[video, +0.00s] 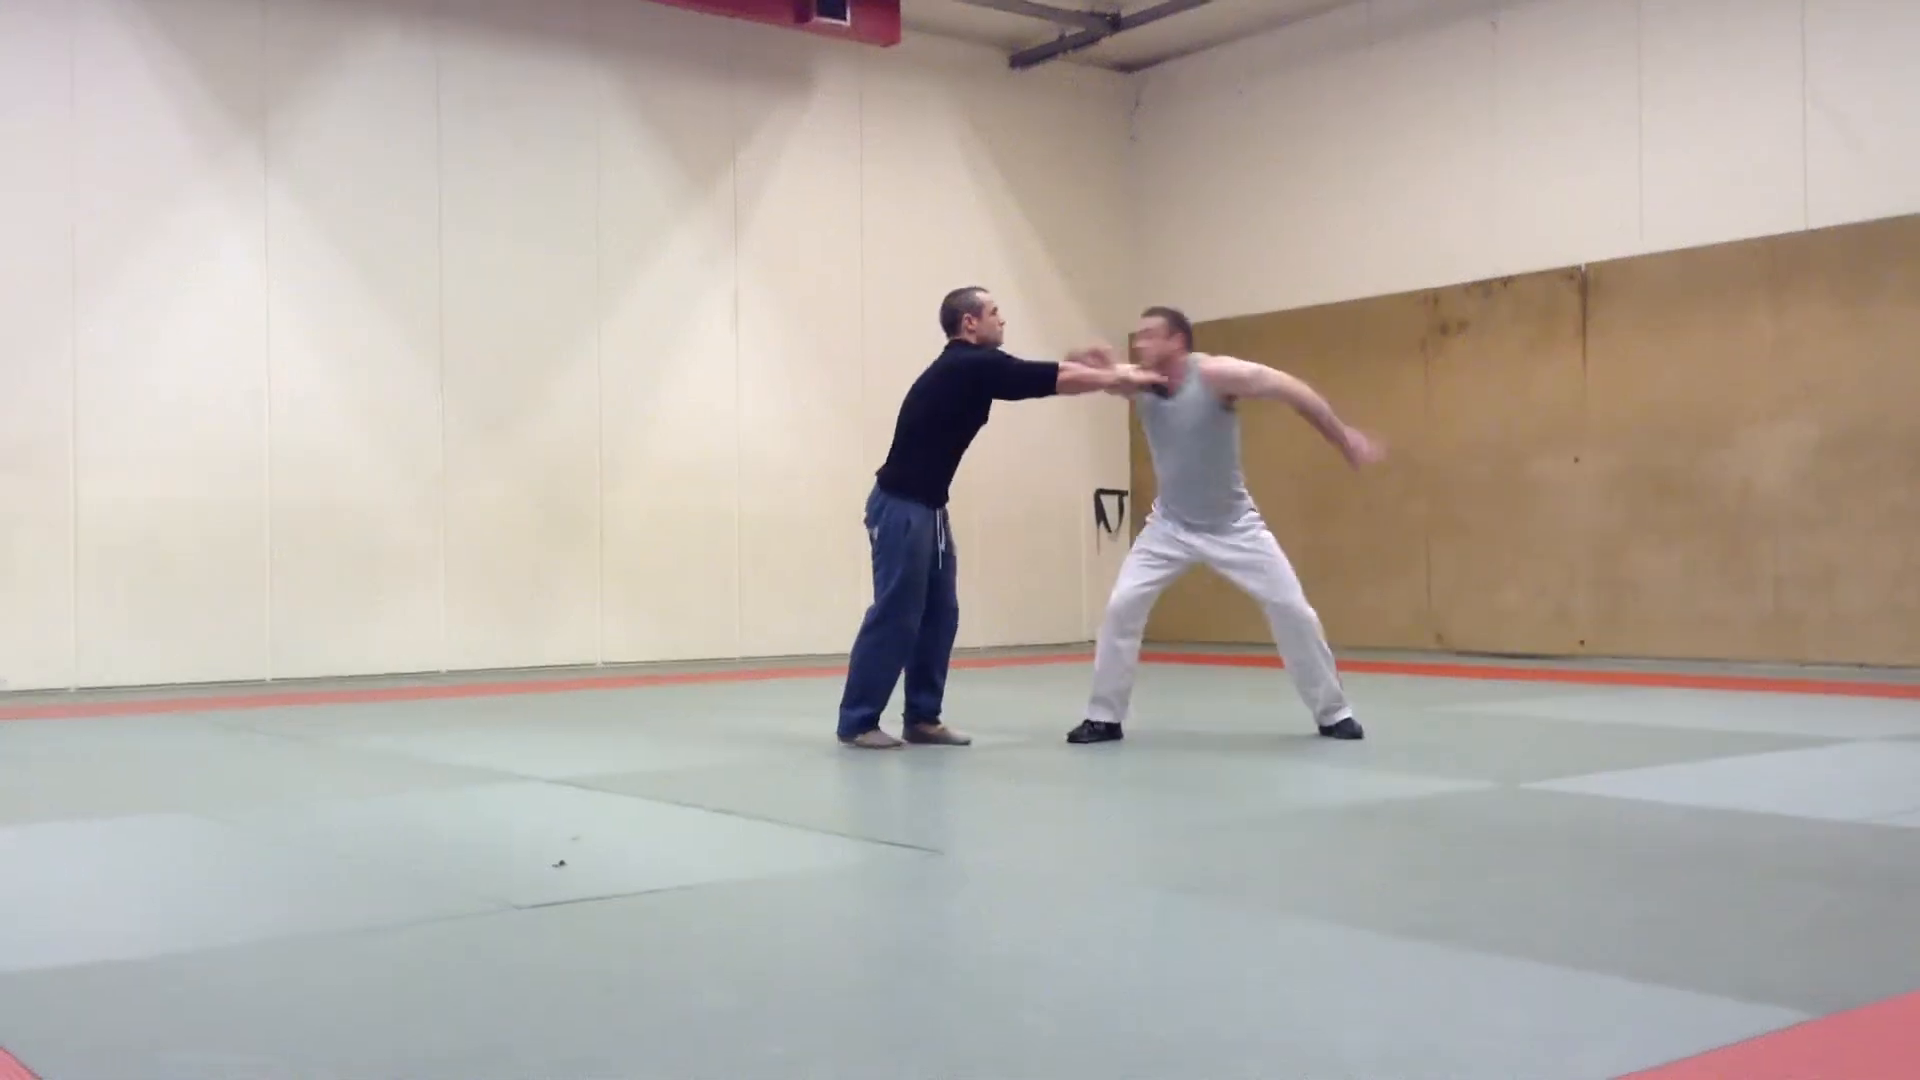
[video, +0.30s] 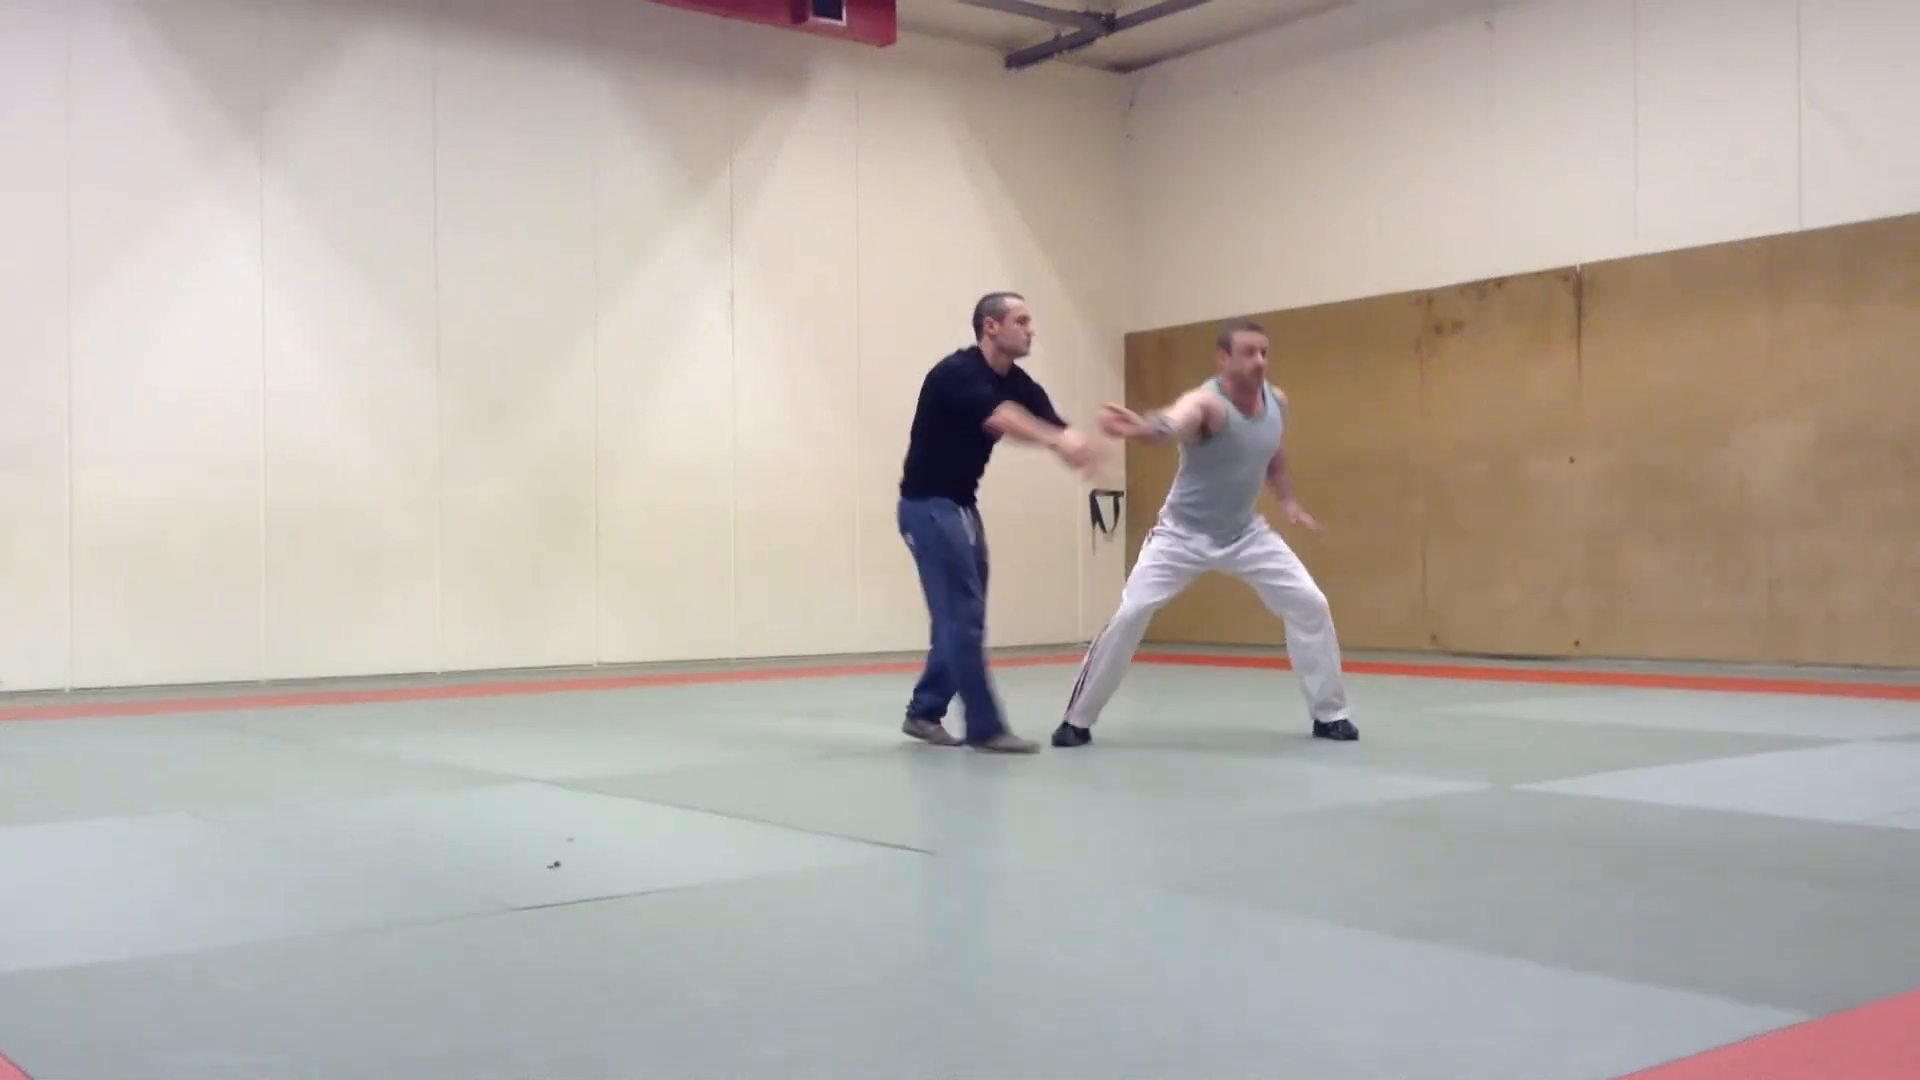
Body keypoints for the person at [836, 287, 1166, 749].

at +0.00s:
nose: (1002, 319)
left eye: (998, 312)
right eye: (993, 313)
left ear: (967, 325)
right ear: (969, 324)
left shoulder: (973, 364)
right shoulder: (969, 365)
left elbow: (1038, 377)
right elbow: (1050, 380)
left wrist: (1085, 367)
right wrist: (1123, 377)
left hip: (929, 510)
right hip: (902, 509)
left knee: (939, 616)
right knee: (897, 614)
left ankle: (921, 721)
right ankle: (856, 723)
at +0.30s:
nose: (1031, 330)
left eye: (1030, 322)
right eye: (1021, 323)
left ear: (1000, 329)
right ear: (990, 327)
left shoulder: (1017, 383)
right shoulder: (958, 373)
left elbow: (1057, 427)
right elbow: (1003, 421)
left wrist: (1084, 448)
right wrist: (1062, 442)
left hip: (963, 508)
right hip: (928, 507)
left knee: (965, 612)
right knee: (961, 612)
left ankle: (923, 712)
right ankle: (985, 729)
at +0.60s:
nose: (1056, 346)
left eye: (1055, 338)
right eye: (1047, 339)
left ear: (1026, 343)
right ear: (1017, 343)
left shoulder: (1048, 403)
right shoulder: (968, 394)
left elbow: (1056, 473)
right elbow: (935, 463)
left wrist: (1031, 523)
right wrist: (938, 531)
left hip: (991, 524)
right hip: (956, 522)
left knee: (995, 626)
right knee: (999, 626)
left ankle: (935, 713)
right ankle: (986, 738)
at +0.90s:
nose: (1064, 340)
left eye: (1064, 331)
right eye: (1058, 331)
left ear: (1034, 334)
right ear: (1031, 334)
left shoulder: (1038, 394)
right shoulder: (984, 387)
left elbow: (1050, 463)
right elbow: (965, 461)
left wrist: (1078, 518)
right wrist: (980, 525)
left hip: (981, 520)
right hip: (961, 520)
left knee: (977, 625)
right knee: (1000, 628)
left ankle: (938, 722)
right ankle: (986, 741)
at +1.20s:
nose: (1056, 341)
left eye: (1055, 332)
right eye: (1052, 332)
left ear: (1015, 333)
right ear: (1031, 333)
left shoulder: (986, 372)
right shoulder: (1007, 382)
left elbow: (991, 449)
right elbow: (1012, 460)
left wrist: (1014, 500)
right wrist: (1047, 521)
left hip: (947, 516)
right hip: (970, 521)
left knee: (965, 623)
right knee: (1001, 626)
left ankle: (937, 723)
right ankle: (987, 739)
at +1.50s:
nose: (988, 327)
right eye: (987, 320)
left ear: (943, 327)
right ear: (983, 322)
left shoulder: (919, 383)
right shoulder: (999, 376)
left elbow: (912, 462)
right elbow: (1030, 452)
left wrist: (924, 509)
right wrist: (1057, 501)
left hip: (943, 522)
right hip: (987, 524)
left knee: (959, 625)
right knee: (1005, 627)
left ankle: (937, 726)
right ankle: (986, 739)